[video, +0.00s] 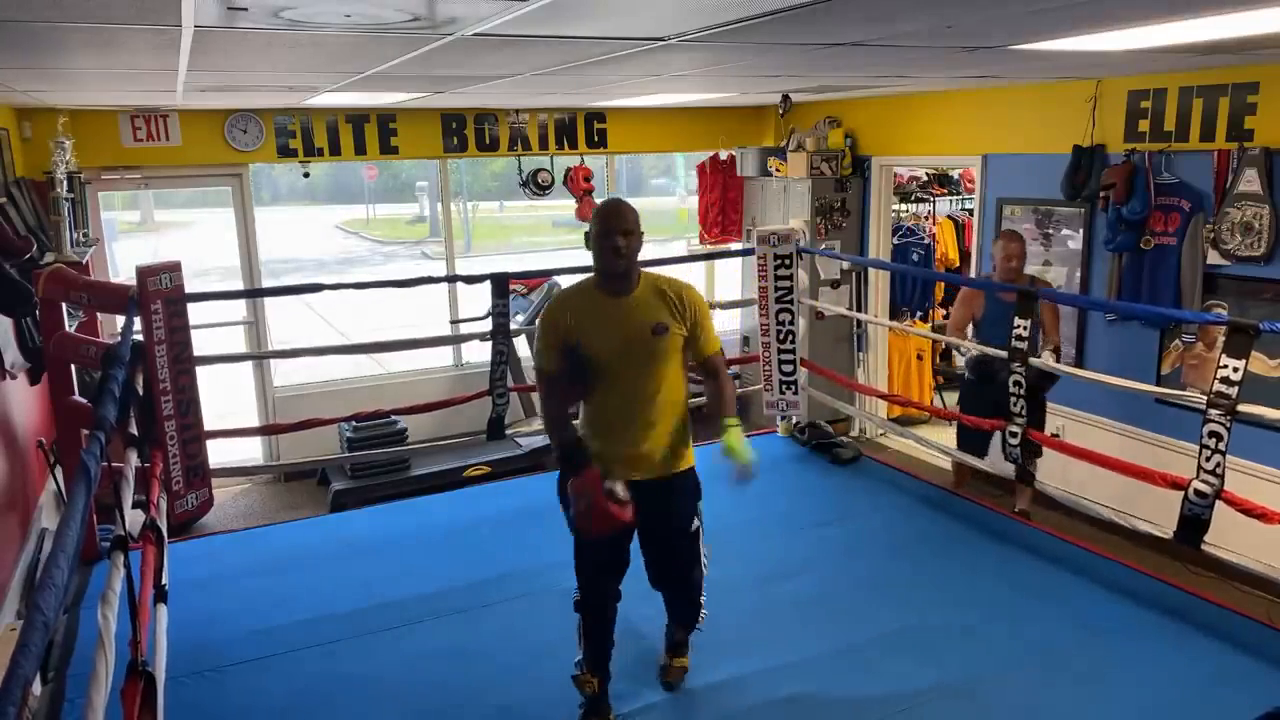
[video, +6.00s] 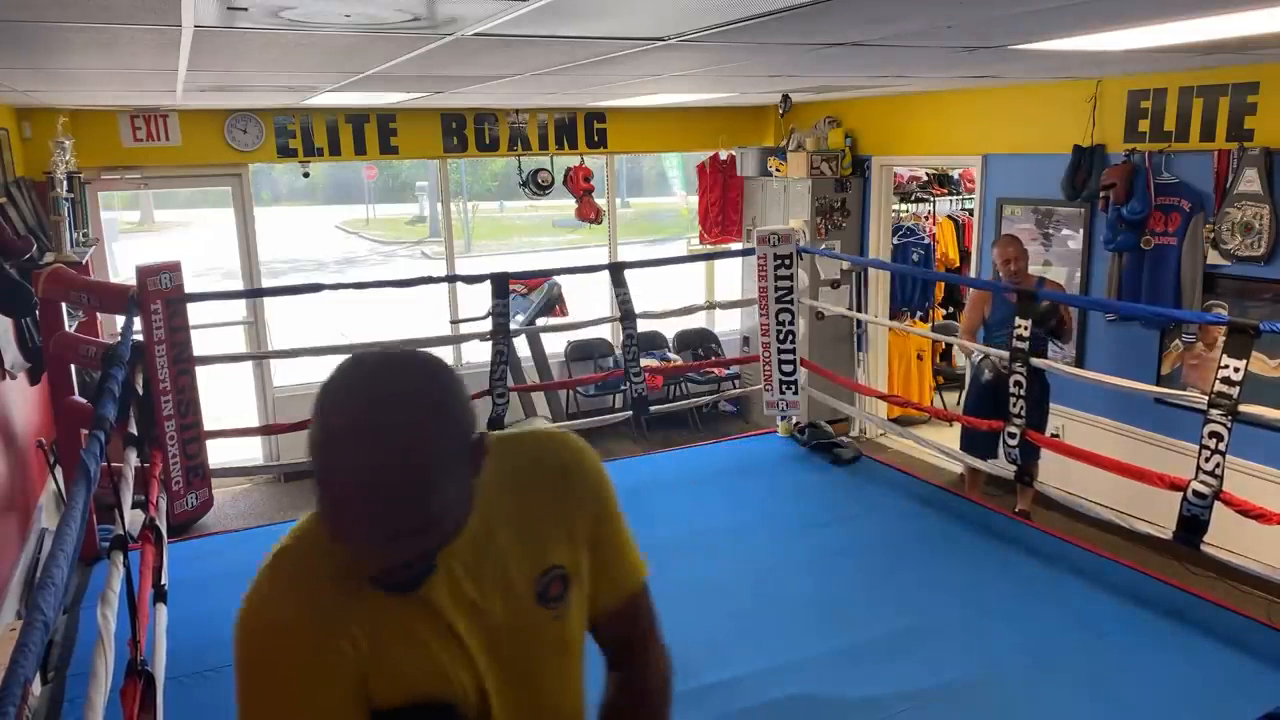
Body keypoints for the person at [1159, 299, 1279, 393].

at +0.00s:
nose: (1219, 326)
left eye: (1223, 322)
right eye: (1214, 320)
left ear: (1225, 326)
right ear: (1201, 324)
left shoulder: (1232, 350)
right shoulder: (1189, 348)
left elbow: (1271, 367)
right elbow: (1163, 369)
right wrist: (1178, 346)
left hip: (1218, 406)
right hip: (1189, 403)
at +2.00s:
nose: (1219, 326)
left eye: (1222, 322)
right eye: (1214, 320)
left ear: (1225, 327)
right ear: (1201, 324)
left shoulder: (1233, 350)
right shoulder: (1189, 348)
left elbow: (1271, 368)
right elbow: (1163, 369)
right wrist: (1179, 346)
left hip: (1218, 407)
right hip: (1188, 404)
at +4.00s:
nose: (1220, 327)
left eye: (1223, 323)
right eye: (1214, 321)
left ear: (1226, 328)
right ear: (1201, 326)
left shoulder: (1231, 350)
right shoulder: (1189, 349)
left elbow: (1271, 368)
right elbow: (1162, 370)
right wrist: (1178, 347)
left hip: (1218, 406)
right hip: (1189, 402)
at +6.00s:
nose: (1220, 327)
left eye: (1224, 323)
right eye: (1215, 322)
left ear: (1226, 327)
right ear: (1201, 325)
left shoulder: (1231, 349)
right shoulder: (1189, 348)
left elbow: (1270, 368)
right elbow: (1162, 369)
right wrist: (1179, 348)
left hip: (1218, 405)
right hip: (1189, 401)